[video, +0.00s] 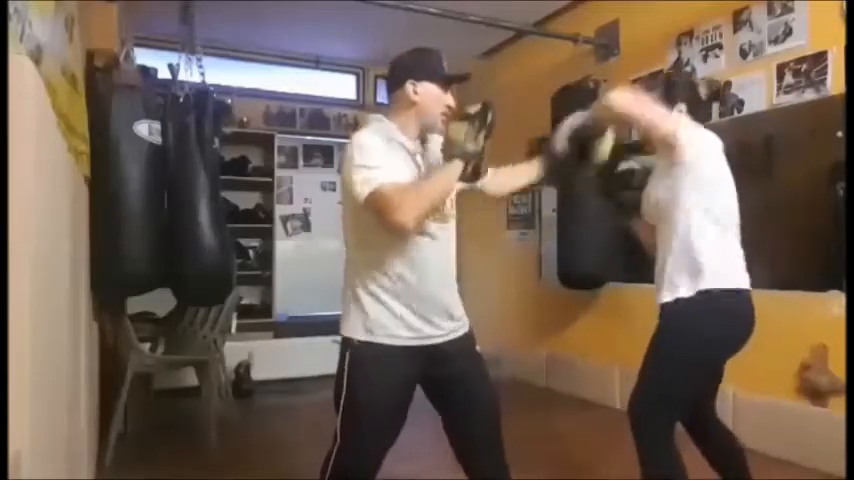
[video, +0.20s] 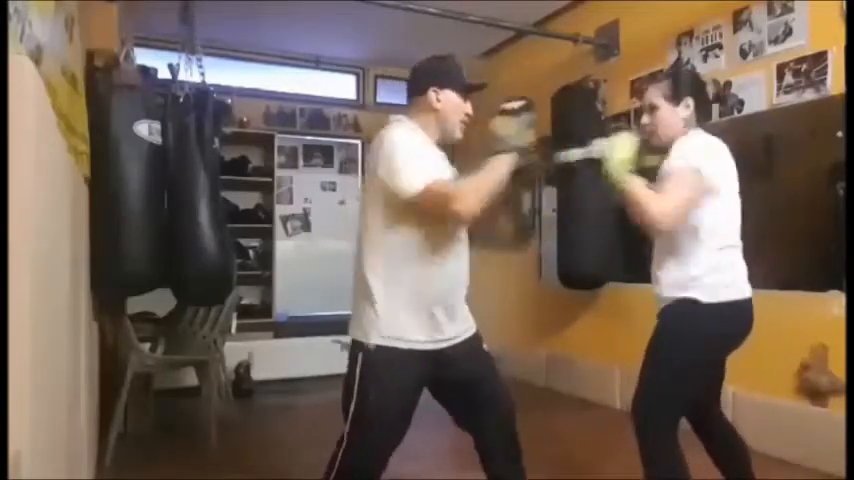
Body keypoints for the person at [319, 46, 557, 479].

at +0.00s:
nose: (452, 102)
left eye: (451, 91)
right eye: (443, 89)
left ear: (419, 93)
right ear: (412, 90)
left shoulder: (439, 146)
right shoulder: (368, 144)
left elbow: (495, 181)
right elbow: (401, 213)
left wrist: (555, 161)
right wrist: (459, 161)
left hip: (448, 334)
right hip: (380, 340)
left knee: (487, 456)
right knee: (355, 462)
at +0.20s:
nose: (469, 109)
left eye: (469, 99)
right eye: (462, 98)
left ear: (437, 98)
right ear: (435, 96)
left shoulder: (432, 151)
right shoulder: (397, 139)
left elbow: (462, 206)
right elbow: (461, 206)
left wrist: (503, 146)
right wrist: (505, 158)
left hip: (450, 332)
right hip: (391, 338)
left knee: (497, 423)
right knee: (362, 455)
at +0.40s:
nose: (511, 105)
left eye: (511, 95)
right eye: (503, 94)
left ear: (474, 99)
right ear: (474, 97)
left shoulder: (489, 158)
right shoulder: (434, 135)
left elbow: (520, 203)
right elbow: (445, 178)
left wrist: (582, 206)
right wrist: (514, 139)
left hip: (493, 329)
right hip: (430, 329)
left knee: (528, 422)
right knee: (382, 444)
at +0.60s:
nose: (543, 111)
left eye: (544, 101)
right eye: (533, 101)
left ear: (521, 99)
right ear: (499, 99)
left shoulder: (551, 130)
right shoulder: (447, 148)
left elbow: (624, 119)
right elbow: (381, 201)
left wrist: (700, 114)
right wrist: (395, 269)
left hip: (521, 318)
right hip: (448, 315)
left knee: (540, 423)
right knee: (424, 430)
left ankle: (531, 477)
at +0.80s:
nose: (519, 125)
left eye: (521, 113)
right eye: (507, 116)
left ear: (525, 111)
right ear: (474, 119)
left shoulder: (538, 144)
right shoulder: (441, 164)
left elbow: (568, 205)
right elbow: (430, 223)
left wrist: (520, 253)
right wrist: (476, 241)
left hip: (531, 321)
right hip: (460, 317)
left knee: (551, 429)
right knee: (442, 430)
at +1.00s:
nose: (518, 131)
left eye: (521, 119)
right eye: (506, 124)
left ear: (526, 113)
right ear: (475, 125)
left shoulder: (540, 151)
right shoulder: (450, 167)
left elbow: (539, 236)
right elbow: (448, 236)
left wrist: (472, 261)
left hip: (538, 328)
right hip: (468, 326)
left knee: (551, 443)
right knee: (448, 435)